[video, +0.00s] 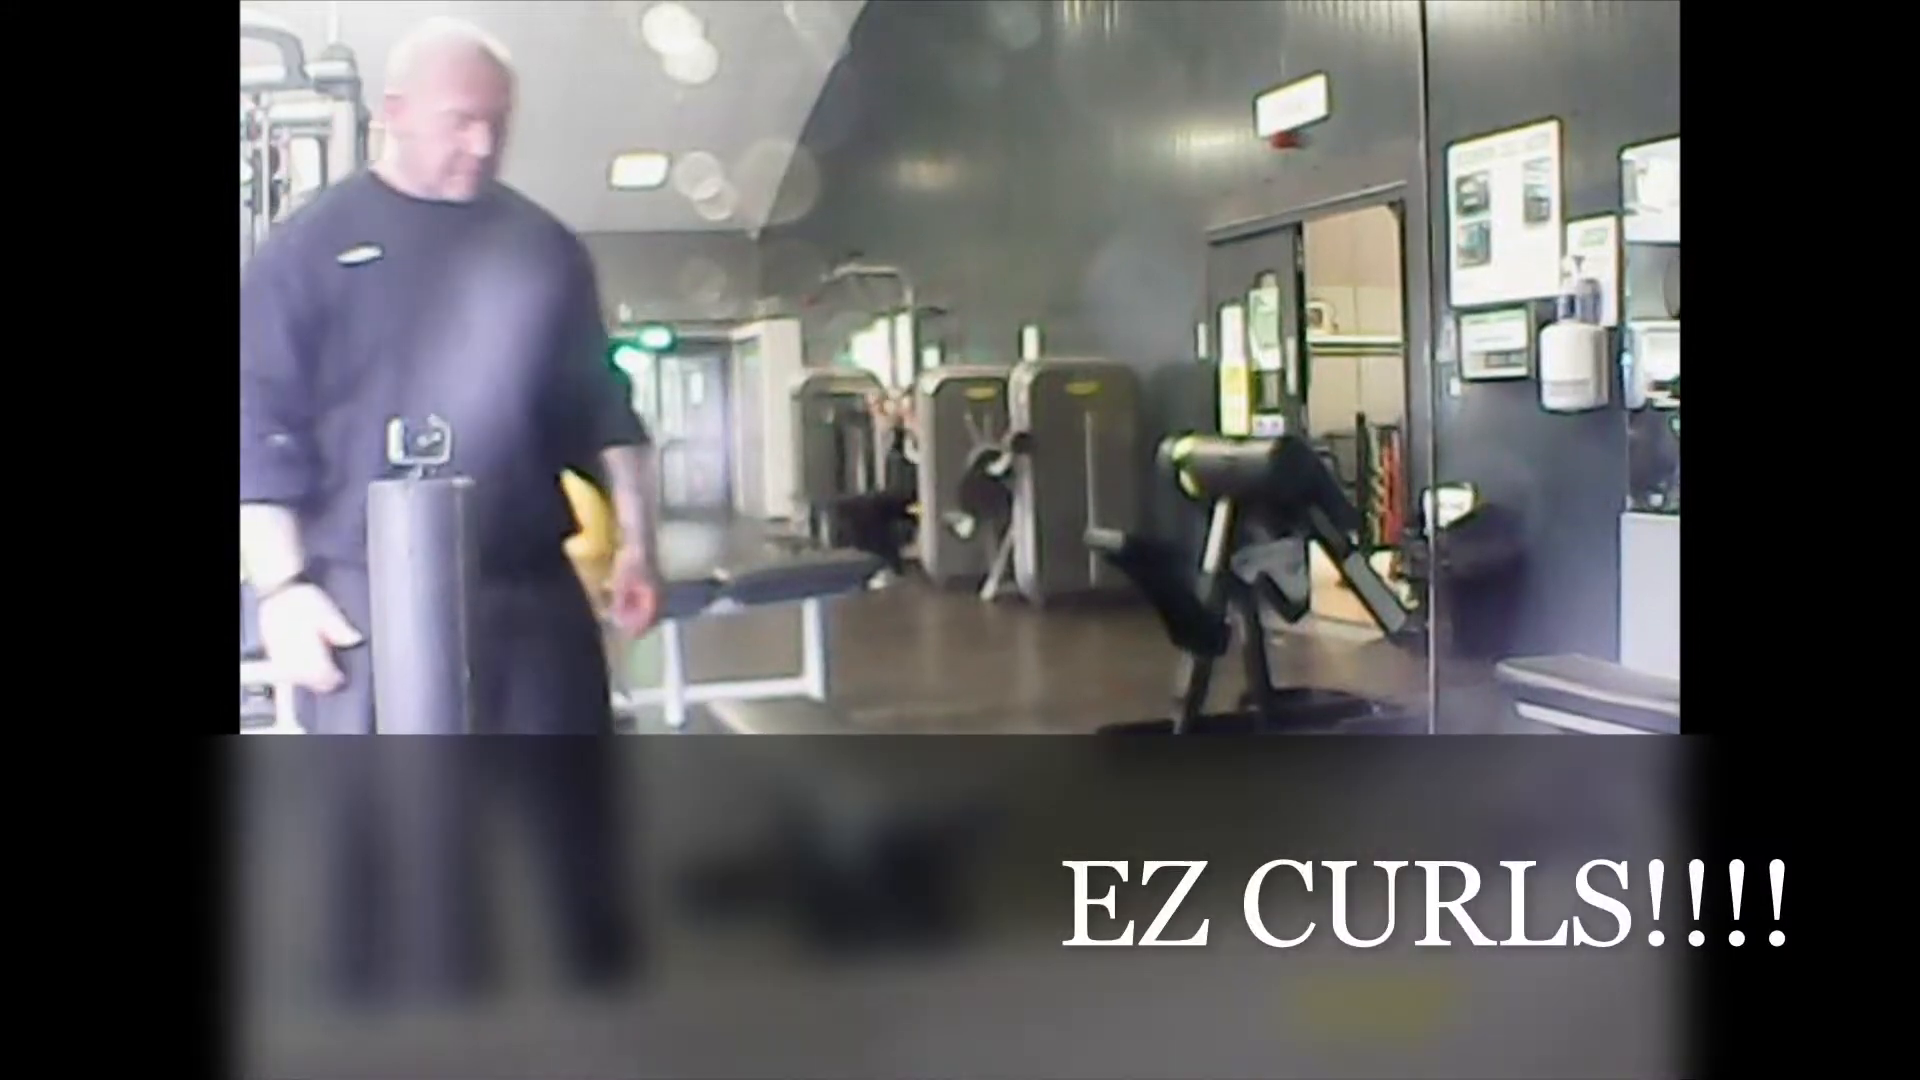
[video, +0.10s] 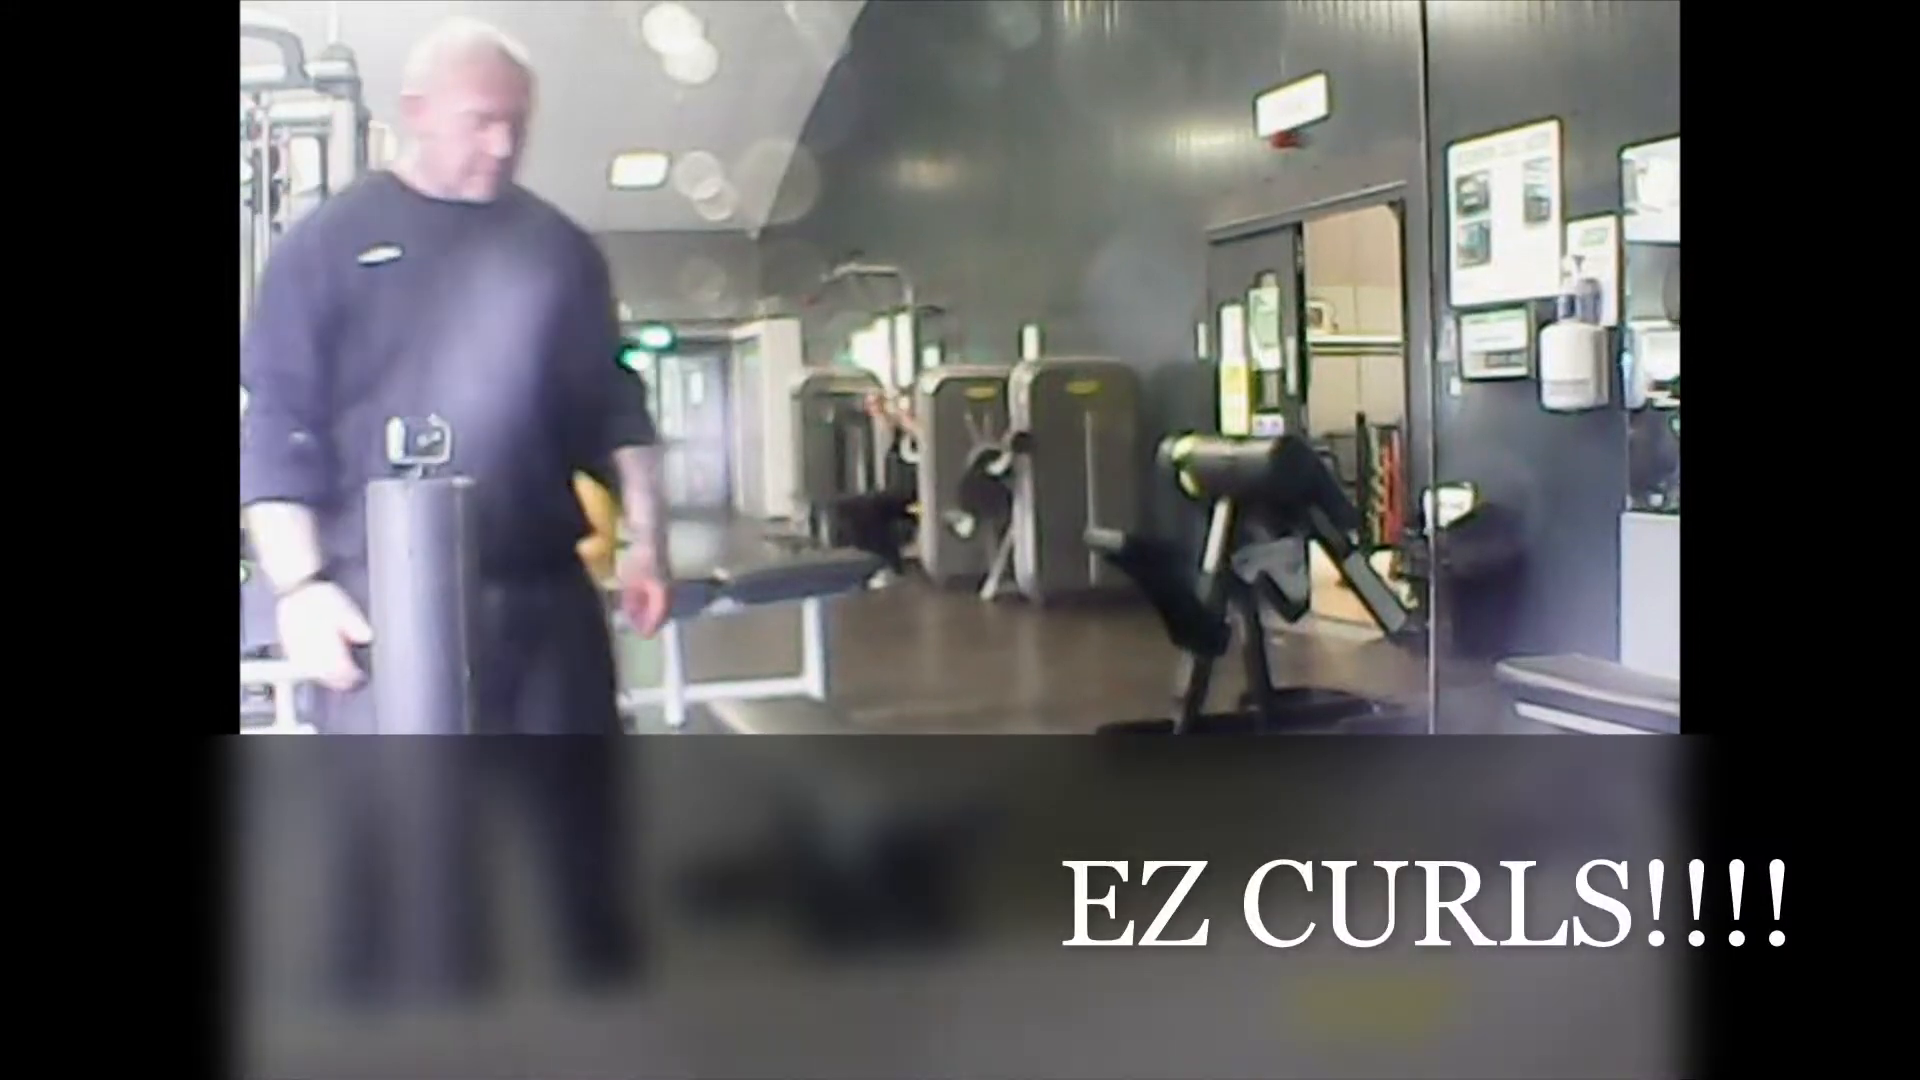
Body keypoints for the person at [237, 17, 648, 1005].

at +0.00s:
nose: (484, 144)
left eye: (497, 121)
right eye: (461, 120)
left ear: (511, 119)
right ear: (392, 112)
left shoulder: (544, 248)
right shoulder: (300, 255)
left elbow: (604, 406)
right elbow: (264, 437)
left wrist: (636, 540)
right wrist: (277, 589)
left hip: (527, 603)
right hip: (367, 612)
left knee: (583, 854)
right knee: (376, 863)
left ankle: (604, 1033)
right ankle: (378, 1046)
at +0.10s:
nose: (504, 145)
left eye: (517, 123)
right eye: (483, 120)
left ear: (529, 122)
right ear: (414, 111)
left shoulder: (560, 249)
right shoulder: (326, 245)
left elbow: (612, 401)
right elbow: (275, 426)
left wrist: (645, 537)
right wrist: (298, 587)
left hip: (539, 601)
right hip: (380, 604)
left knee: (587, 858)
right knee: (388, 865)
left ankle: (609, 1037)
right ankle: (385, 1048)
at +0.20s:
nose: (565, 144)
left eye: (578, 124)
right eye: (544, 120)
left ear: (590, 126)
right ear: (479, 111)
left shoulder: (612, 252)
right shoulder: (386, 238)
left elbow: (660, 408)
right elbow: (330, 423)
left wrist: (679, 535)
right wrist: (360, 584)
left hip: (583, 598)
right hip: (429, 598)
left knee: (615, 853)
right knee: (425, 863)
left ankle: (613, 1039)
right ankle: (431, 1052)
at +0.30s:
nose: (617, 151)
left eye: (630, 131)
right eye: (597, 126)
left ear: (640, 130)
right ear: (534, 113)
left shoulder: (649, 252)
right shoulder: (435, 239)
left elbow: (692, 402)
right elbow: (392, 430)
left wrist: (710, 536)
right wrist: (451, 577)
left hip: (618, 578)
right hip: (476, 582)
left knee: (633, 816)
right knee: (451, 817)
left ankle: (620, 1016)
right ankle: (453, 1019)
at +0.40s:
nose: (649, 144)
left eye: (662, 125)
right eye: (630, 120)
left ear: (672, 126)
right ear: (567, 110)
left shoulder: (677, 242)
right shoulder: (479, 225)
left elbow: (714, 393)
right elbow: (444, 403)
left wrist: (743, 525)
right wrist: (505, 544)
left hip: (641, 567)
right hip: (506, 560)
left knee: (647, 800)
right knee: (489, 802)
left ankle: (612, 1009)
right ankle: (470, 1010)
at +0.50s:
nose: (670, 142)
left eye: (685, 121)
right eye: (650, 117)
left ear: (696, 124)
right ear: (589, 109)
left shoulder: (703, 245)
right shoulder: (507, 225)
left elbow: (752, 399)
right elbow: (480, 411)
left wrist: (774, 526)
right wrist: (564, 542)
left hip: (665, 559)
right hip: (548, 555)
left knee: (660, 767)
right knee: (578, 771)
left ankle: (619, 968)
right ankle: (584, 987)